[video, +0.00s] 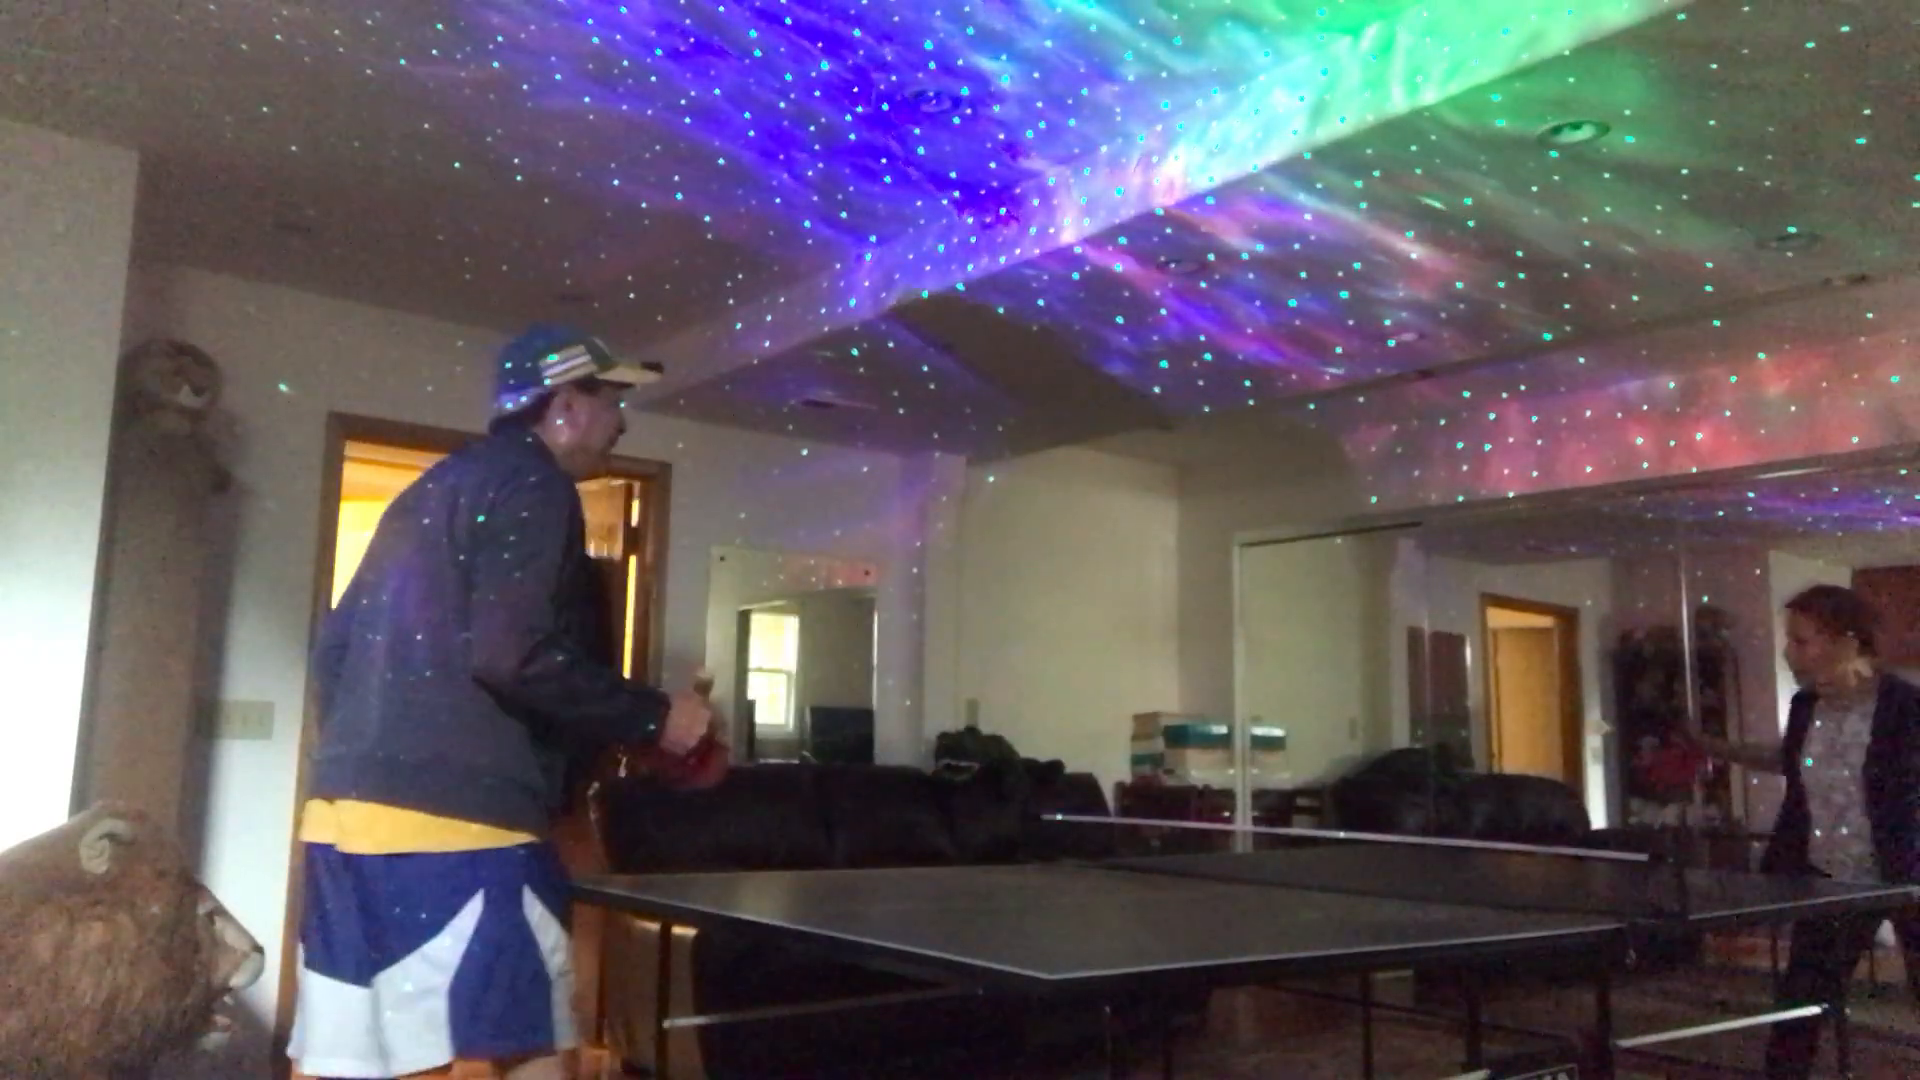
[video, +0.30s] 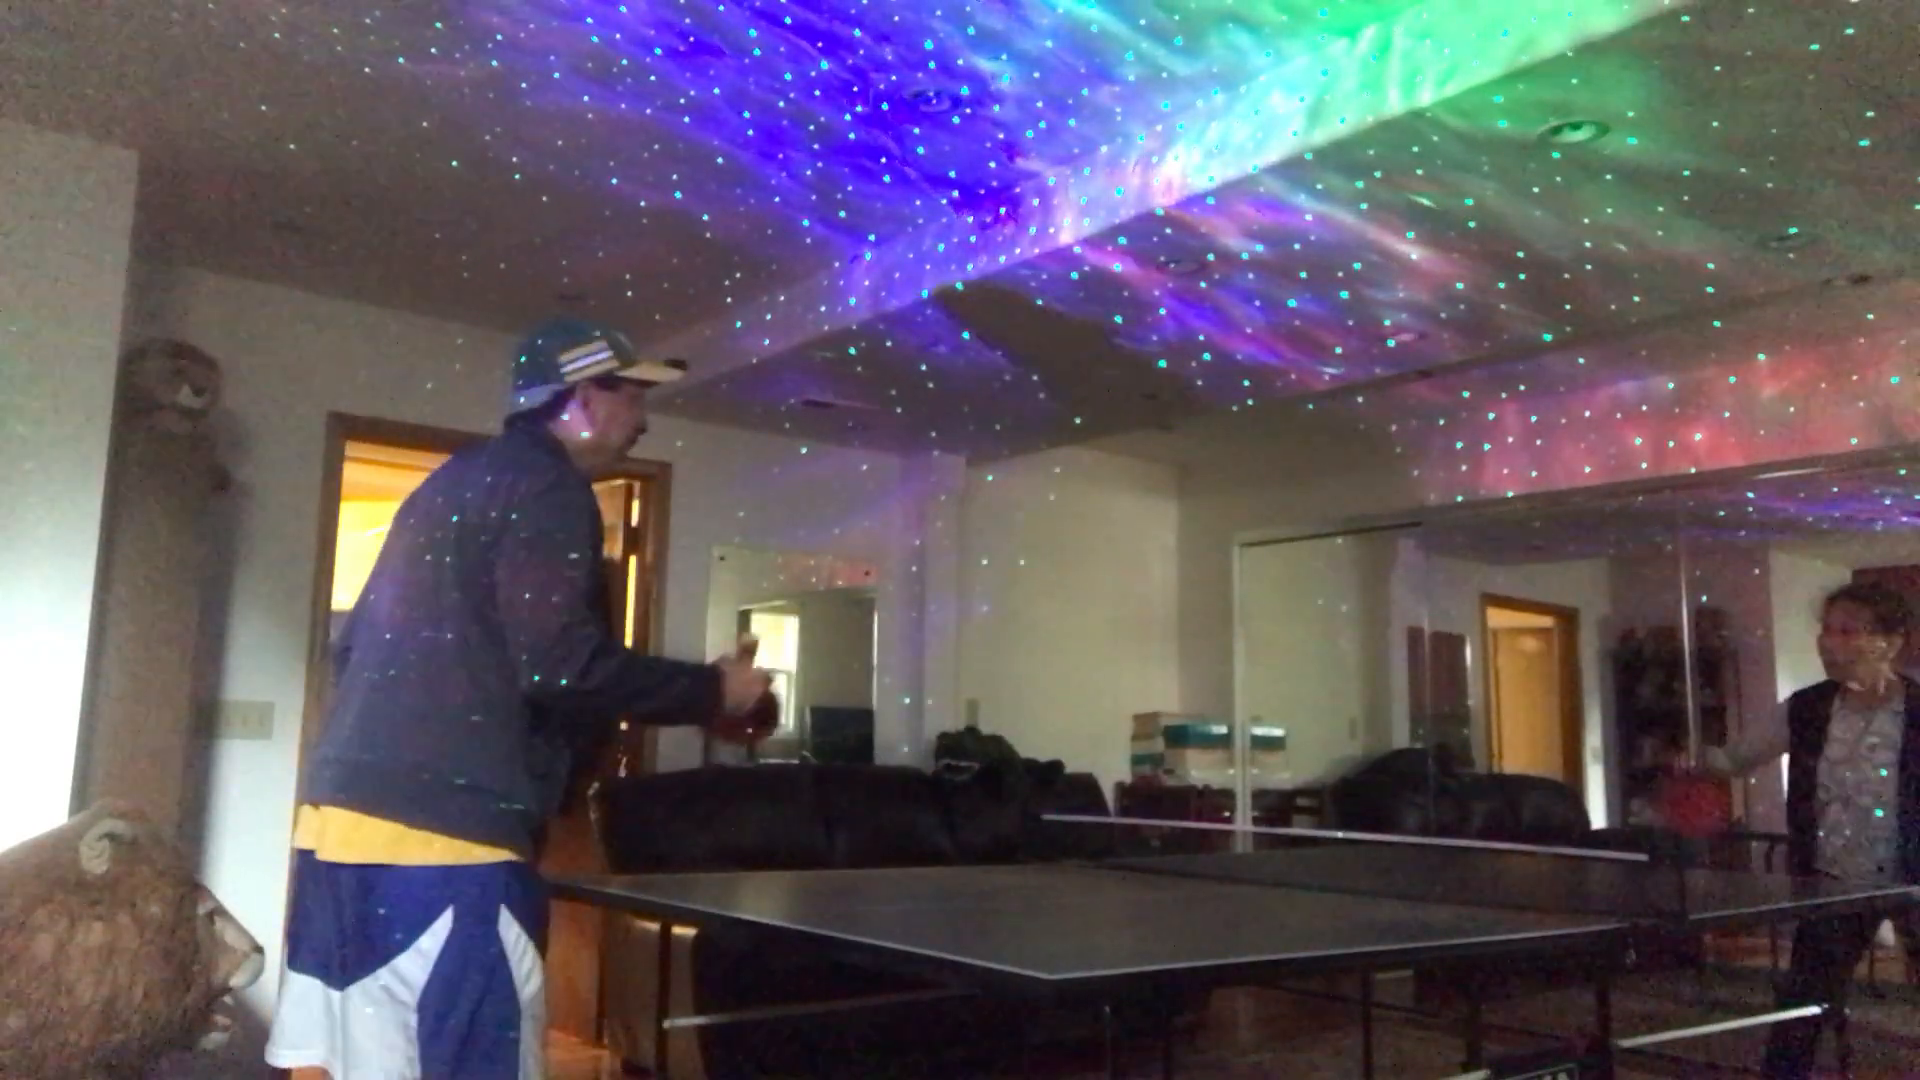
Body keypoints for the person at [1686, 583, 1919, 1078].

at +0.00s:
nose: (1788, 652)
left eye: (1800, 640)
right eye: (1789, 639)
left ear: (1843, 640)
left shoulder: (1903, 703)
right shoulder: (1805, 706)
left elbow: (1911, 797)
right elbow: (1787, 762)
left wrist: (1906, 885)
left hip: (1900, 882)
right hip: (1828, 886)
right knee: (1798, 1004)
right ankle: (1783, 1072)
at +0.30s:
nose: (1825, 640)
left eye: (1842, 630)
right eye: (1826, 628)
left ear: (1889, 643)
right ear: (1822, 636)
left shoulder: (1908, 707)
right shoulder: (1808, 707)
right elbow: (1739, 757)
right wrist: (1693, 760)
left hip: (1904, 884)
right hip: (1831, 887)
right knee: (1802, 1002)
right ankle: (1782, 1071)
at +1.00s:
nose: (1774, 652)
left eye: (1788, 638)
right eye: (1762, 640)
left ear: (1817, 646)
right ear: (1751, 650)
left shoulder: (1863, 712)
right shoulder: (1742, 718)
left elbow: (1909, 794)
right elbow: (1737, 799)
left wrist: (1903, 861)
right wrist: (1770, 852)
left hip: (1868, 875)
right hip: (1787, 880)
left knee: (1907, 988)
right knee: (1784, 999)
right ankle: (1787, 1072)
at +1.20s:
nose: (1770, 651)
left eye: (1783, 638)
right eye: (1759, 641)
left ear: (1813, 644)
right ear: (1748, 650)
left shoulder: (1860, 709)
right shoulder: (1745, 717)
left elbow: (1910, 783)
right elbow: (1745, 793)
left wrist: (1907, 871)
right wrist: (1766, 842)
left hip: (1864, 871)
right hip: (1788, 875)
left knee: (1904, 986)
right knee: (1785, 997)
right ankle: (1788, 1070)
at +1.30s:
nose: (1771, 652)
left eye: (1783, 639)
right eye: (1760, 642)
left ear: (1815, 643)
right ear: (1750, 651)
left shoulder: (1865, 707)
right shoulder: (1750, 714)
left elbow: (1913, 783)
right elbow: (1749, 789)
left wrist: (1905, 863)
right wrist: (1772, 848)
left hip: (1868, 874)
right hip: (1792, 876)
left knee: (1908, 982)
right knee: (1788, 995)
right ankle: (1788, 1071)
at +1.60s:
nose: (1762, 661)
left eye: (1774, 646)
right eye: (1754, 650)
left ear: (1812, 646)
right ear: (1748, 657)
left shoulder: (1867, 710)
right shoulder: (1757, 717)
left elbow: (1909, 796)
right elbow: (1759, 797)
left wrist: (1894, 883)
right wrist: (1784, 857)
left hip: (1868, 880)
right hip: (1795, 881)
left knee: (1910, 995)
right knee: (1790, 1000)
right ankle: (1791, 1069)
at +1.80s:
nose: (1757, 657)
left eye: (1770, 642)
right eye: (1750, 645)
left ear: (1810, 644)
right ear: (1744, 652)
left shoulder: (1864, 707)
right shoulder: (1752, 713)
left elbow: (1912, 792)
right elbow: (1752, 796)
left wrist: (1906, 886)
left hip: (1866, 876)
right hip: (1788, 879)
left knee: (1903, 989)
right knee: (1781, 998)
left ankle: (1918, 1055)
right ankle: (1784, 1074)